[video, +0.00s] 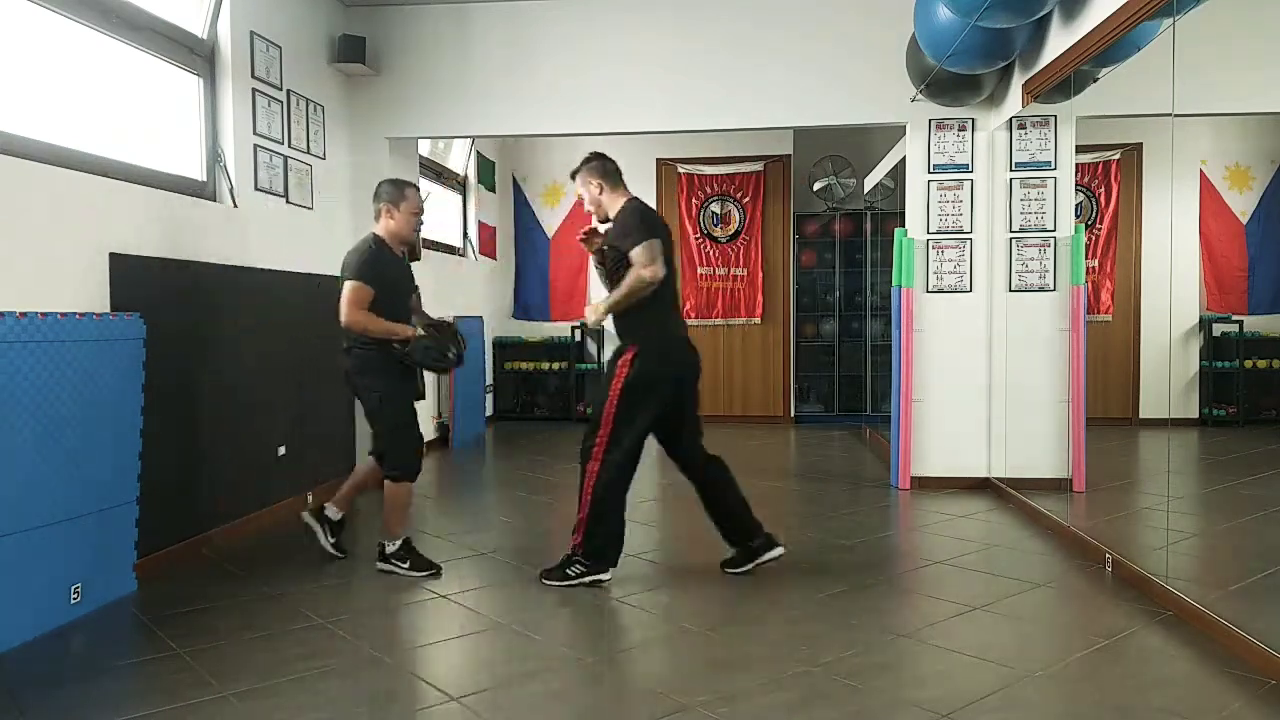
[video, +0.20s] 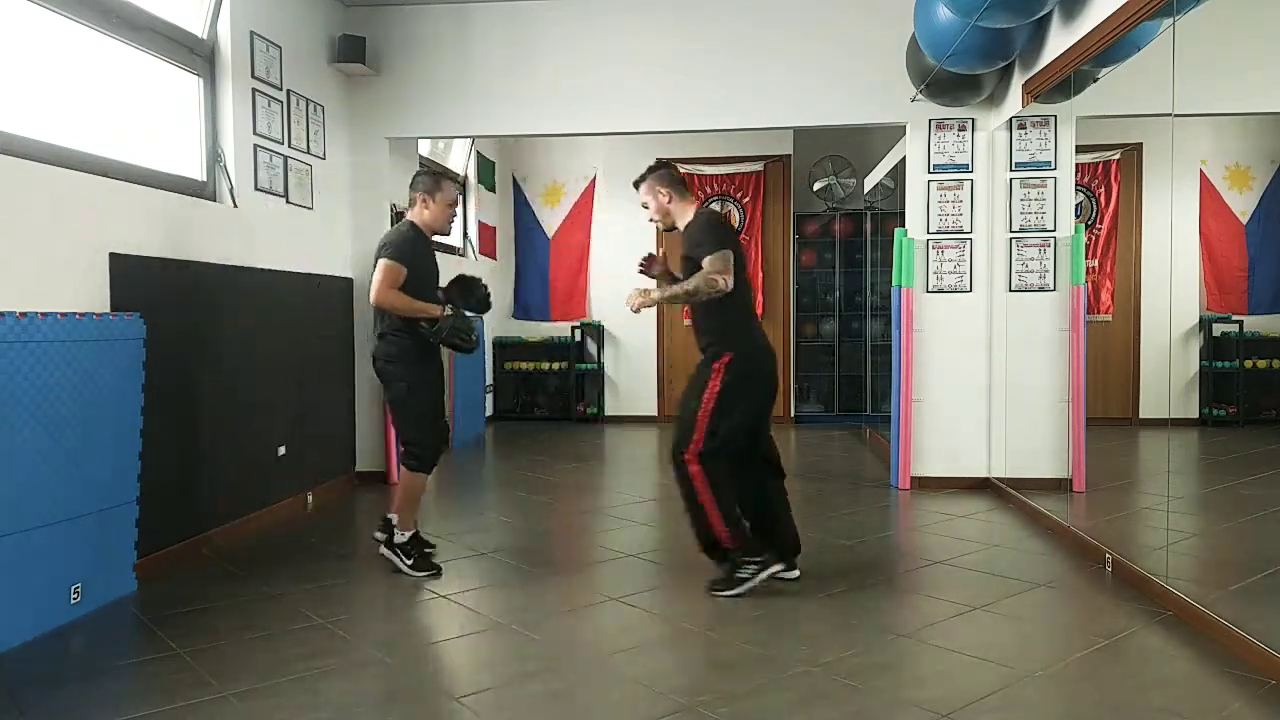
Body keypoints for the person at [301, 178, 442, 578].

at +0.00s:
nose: (420, 221)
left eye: (421, 214)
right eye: (414, 214)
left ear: (395, 214)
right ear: (387, 213)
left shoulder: (398, 260)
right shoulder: (368, 254)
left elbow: (405, 314)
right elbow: (351, 316)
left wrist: (429, 328)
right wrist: (408, 332)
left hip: (393, 367)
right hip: (373, 368)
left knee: (392, 454)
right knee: (405, 454)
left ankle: (330, 513)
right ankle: (394, 548)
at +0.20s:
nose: (454, 213)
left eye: (455, 206)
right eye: (449, 205)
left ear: (427, 204)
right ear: (422, 201)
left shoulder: (420, 243)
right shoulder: (403, 238)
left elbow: (412, 297)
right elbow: (382, 294)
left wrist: (448, 299)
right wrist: (436, 309)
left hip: (418, 355)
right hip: (402, 356)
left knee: (430, 441)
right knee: (422, 445)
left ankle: (398, 525)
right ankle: (402, 536)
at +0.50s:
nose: (490, 224)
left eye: (492, 217)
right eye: (486, 215)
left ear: (463, 213)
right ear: (460, 209)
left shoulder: (451, 245)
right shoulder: (444, 242)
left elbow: (454, 302)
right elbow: (435, 299)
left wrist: (498, 299)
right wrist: (492, 298)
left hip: (437, 365)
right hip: (446, 366)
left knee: (437, 447)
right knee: (474, 451)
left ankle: (411, 528)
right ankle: (477, 549)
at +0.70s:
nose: (517, 226)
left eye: (519, 219)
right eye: (513, 217)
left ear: (484, 214)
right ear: (487, 210)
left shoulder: (454, 245)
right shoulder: (479, 244)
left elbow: (459, 308)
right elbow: (496, 305)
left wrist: (513, 318)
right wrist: (546, 310)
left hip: (454, 361)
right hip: (472, 364)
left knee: (479, 448)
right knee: (486, 455)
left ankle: (450, 522)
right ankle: (476, 553)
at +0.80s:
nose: (524, 223)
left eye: (526, 216)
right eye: (520, 214)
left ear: (489, 211)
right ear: (494, 208)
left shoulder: (457, 244)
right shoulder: (491, 241)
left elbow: (433, 304)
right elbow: (504, 303)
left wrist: (484, 313)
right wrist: (552, 310)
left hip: (458, 358)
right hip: (480, 359)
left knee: (494, 450)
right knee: (499, 451)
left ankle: (488, 539)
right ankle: (482, 548)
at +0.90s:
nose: (523, 224)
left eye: (525, 216)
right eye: (519, 215)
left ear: (491, 212)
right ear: (494, 209)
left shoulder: (460, 245)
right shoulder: (488, 242)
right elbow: (500, 302)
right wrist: (548, 304)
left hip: (462, 366)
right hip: (489, 362)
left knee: (491, 450)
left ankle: (489, 544)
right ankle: (528, 512)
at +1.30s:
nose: (516, 221)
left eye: (517, 214)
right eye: (510, 213)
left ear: (492, 211)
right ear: (485, 207)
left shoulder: (494, 248)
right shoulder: (469, 237)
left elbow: (498, 295)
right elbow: (459, 285)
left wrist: (535, 282)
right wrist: (510, 270)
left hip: (489, 354)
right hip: (507, 343)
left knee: (503, 443)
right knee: (607, 347)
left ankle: (490, 543)